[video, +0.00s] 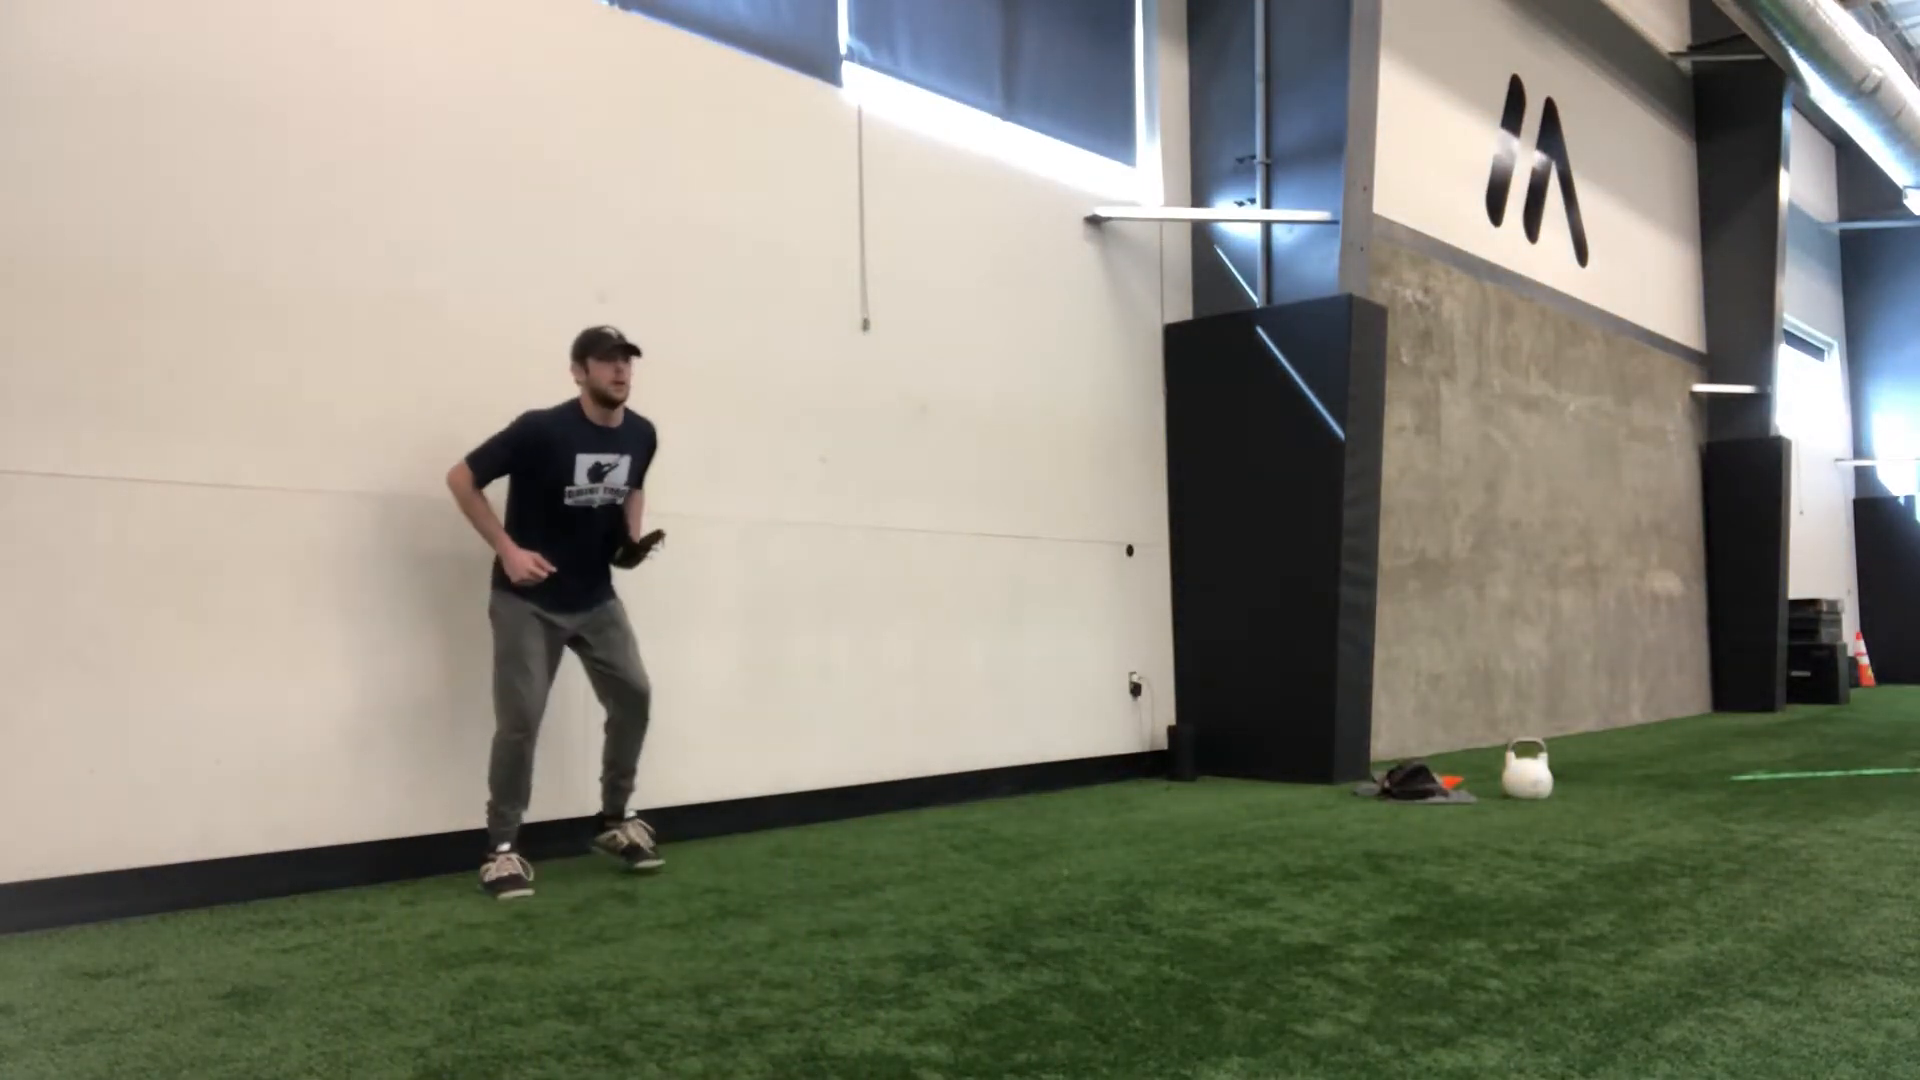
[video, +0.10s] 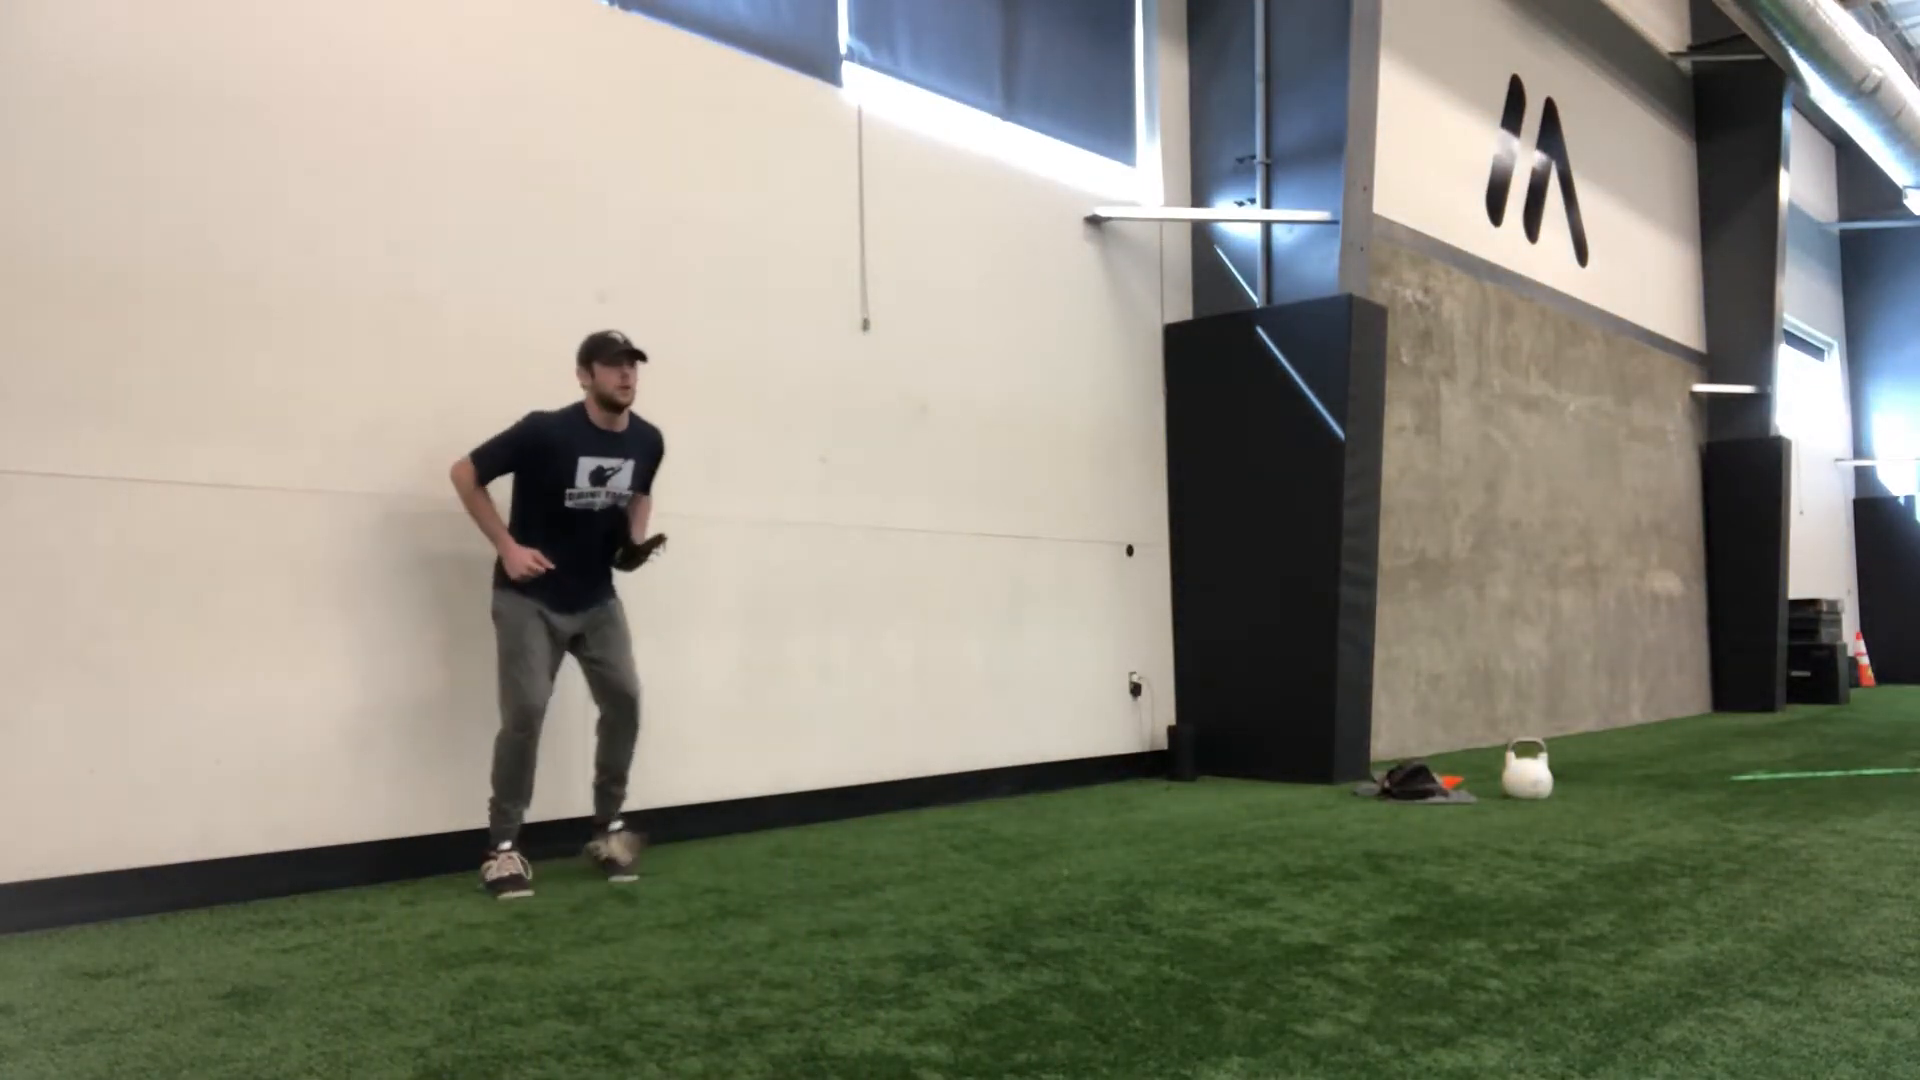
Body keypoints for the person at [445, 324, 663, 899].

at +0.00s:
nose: (621, 372)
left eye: (626, 362)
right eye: (608, 363)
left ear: (633, 371)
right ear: (580, 371)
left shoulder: (640, 436)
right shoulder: (540, 430)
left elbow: (633, 491)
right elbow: (462, 479)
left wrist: (634, 539)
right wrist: (506, 550)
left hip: (595, 598)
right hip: (529, 599)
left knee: (633, 696)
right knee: (520, 719)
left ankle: (614, 823)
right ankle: (502, 850)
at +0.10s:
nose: (627, 376)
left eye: (632, 367)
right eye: (615, 367)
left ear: (638, 376)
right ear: (586, 376)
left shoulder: (646, 442)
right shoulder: (543, 432)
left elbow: (639, 497)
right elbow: (465, 473)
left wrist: (636, 542)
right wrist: (506, 546)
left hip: (595, 597)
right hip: (530, 597)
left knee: (624, 699)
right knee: (525, 712)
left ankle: (607, 830)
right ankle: (504, 848)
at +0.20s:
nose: (631, 388)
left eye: (635, 379)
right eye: (618, 379)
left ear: (641, 388)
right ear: (589, 388)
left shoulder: (651, 455)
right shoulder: (546, 442)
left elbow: (648, 510)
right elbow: (467, 477)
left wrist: (644, 549)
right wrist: (507, 550)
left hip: (596, 602)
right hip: (530, 596)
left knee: (616, 709)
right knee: (531, 695)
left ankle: (596, 836)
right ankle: (505, 835)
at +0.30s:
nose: (630, 389)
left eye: (633, 380)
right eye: (617, 380)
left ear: (639, 388)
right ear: (587, 388)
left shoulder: (649, 457)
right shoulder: (544, 444)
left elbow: (650, 511)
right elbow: (466, 480)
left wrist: (638, 549)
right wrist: (506, 551)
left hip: (594, 602)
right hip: (530, 594)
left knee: (615, 709)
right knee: (536, 683)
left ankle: (594, 836)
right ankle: (500, 818)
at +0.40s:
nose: (628, 383)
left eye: (632, 373)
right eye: (616, 374)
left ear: (637, 381)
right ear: (585, 381)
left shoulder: (643, 448)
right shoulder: (540, 436)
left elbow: (634, 508)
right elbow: (459, 474)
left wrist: (633, 544)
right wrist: (502, 547)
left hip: (586, 593)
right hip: (523, 589)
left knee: (610, 702)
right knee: (525, 693)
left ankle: (595, 834)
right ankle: (486, 837)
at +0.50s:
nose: (625, 385)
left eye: (628, 375)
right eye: (612, 376)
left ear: (634, 383)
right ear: (581, 383)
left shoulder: (637, 448)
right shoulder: (535, 438)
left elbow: (624, 505)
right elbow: (452, 476)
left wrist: (622, 544)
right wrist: (495, 548)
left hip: (580, 598)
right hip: (514, 600)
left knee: (612, 702)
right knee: (508, 716)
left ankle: (583, 824)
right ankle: (482, 849)